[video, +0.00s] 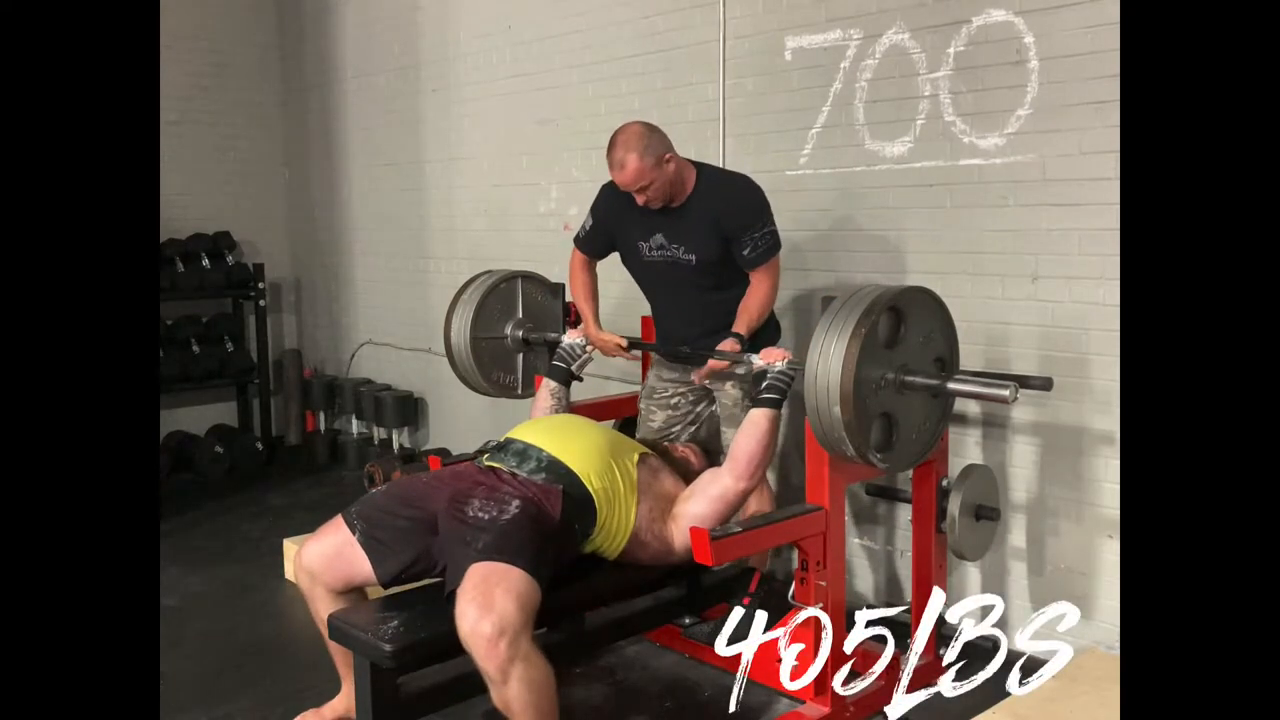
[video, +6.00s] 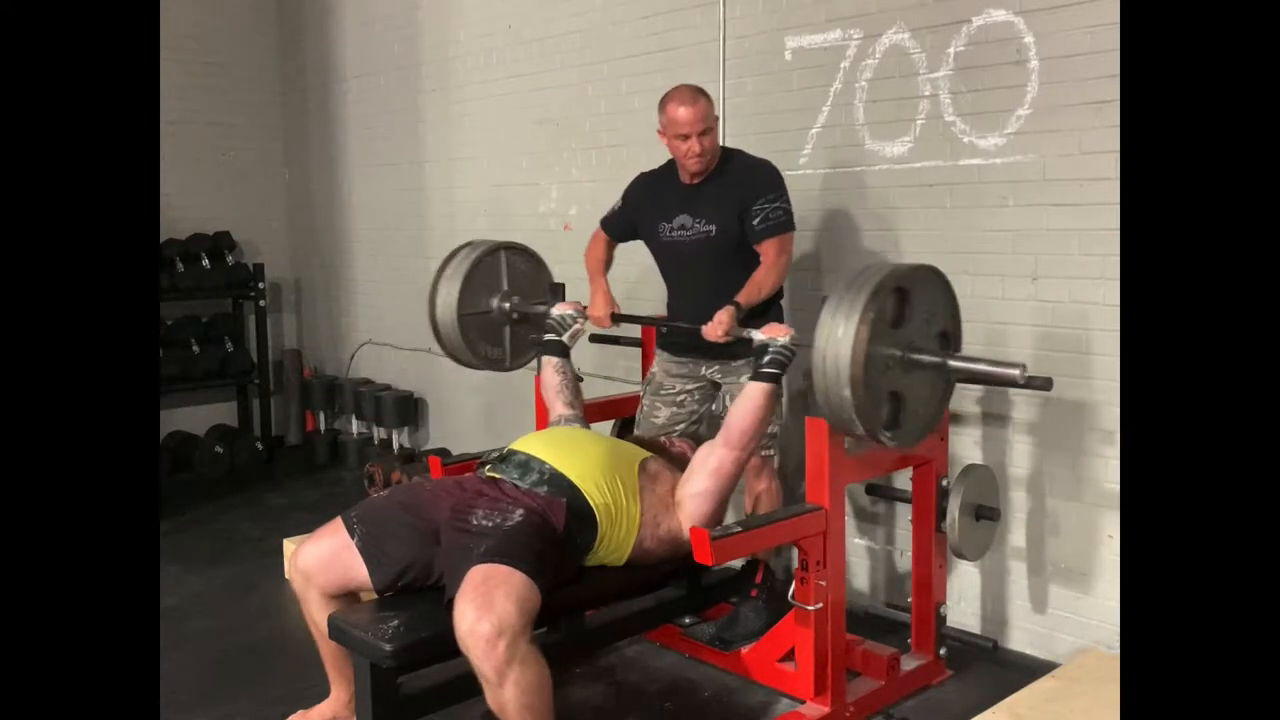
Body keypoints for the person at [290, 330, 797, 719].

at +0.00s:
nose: (684, 445)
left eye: (695, 450)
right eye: (681, 441)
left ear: (702, 475)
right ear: (659, 445)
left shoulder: (677, 513)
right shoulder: (598, 447)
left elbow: (741, 474)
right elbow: (535, 434)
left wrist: (768, 394)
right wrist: (558, 370)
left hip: (525, 499)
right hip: (455, 477)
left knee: (490, 628)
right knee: (315, 561)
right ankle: (354, 693)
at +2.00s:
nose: (688, 454)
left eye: (695, 458)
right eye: (687, 451)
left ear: (700, 481)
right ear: (666, 453)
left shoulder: (682, 513)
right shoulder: (595, 441)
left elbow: (742, 471)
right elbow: (538, 425)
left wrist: (770, 387)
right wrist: (560, 362)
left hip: (528, 488)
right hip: (460, 467)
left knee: (493, 619)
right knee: (325, 559)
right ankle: (343, 698)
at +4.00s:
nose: (682, 444)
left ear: (682, 447)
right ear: (662, 437)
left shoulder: (662, 500)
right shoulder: (571, 440)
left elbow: (697, 502)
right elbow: (496, 464)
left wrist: (712, 416)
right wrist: (497, 399)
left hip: (520, 503)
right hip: (453, 484)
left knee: (485, 629)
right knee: (307, 561)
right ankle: (343, 698)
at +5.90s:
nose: (671, 437)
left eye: (684, 438)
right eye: (669, 433)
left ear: (690, 463)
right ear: (653, 440)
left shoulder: (672, 510)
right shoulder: (585, 448)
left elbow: (724, 447)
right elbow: (552, 416)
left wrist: (756, 367)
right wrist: (544, 347)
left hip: (524, 510)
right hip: (462, 484)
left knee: (485, 629)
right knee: (306, 563)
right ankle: (341, 697)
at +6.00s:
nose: (676, 440)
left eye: (688, 443)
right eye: (672, 436)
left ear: (696, 467)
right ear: (652, 443)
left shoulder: (678, 506)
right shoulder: (589, 444)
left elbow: (734, 445)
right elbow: (564, 407)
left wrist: (771, 364)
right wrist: (557, 341)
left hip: (528, 514)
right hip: (465, 485)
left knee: (487, 627)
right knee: (308, 562)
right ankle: (341, 699)